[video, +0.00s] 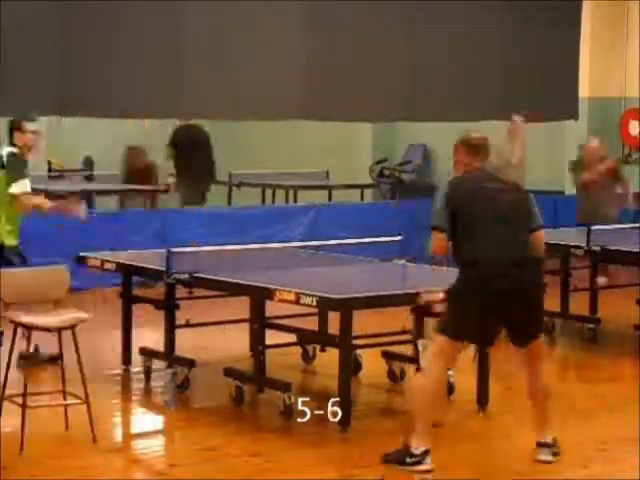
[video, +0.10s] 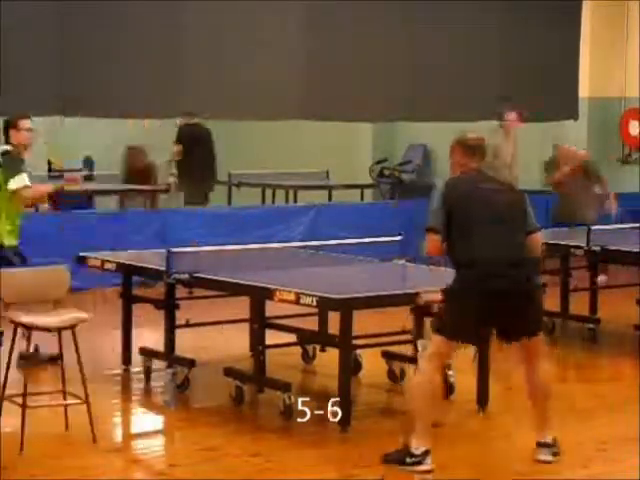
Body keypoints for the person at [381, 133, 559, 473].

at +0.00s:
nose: (454, 165)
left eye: (456, 159)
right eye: (456, 159)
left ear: (464, 158)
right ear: (485, 157)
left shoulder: (453, 188)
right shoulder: (516, 189)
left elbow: (439, 246)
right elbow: (538, 242)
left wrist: (466, 242)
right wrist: (526, 272)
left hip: (477, 282)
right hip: (524, 282)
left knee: (438, 359)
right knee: (535, 359)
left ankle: (418, 448)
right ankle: (545, 441)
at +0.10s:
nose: (451, 165)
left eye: (453, 159)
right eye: (453, 159)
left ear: (459, 158)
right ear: (483, 157)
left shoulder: (449, 188)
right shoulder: (512, 190)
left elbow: (433, 246)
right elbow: (535, 245)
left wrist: (460, 242)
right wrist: (507, 250)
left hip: (472, 285)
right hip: (518, 284)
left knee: (432, 362)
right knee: (534, 360)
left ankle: (418, 448)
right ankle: (545, 441)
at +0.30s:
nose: (386, 162)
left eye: (386, 157)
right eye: (388, 157)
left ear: (390, 155)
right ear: (413, 154)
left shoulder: (395, 175)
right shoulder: (426, 175)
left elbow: (395, 216)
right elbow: (425, 222)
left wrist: (379, 245)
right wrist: (394, 246)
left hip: (436, 265)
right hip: (454, 261)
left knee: (444, 346)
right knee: (421, 339)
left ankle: (476, 427)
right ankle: (410, 408)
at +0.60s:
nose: (361, 178)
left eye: (363, 173)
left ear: (367, 169)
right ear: (386, 168)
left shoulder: (373, 173)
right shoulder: (399, 186)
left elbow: (379, 204)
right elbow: (392, 241)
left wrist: (363, 244)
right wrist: (352, 243)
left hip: (429, 244)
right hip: (424, 254)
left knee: (449, 313)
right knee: (420, 332)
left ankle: (491, 378)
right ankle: (411, 391)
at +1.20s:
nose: (360, 178)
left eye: (360, 175)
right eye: (362, 175)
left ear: (366, 170)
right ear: (385, 171)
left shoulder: (370, 177)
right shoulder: (400, 194)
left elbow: (375, 200)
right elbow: (401, 255)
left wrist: (362, 241)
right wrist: (366, 273)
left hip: (424, 244)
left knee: (442, 313)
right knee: (418, 335)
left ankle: (483, 386)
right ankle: (410, 415)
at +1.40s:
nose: (470, 129)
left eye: (471, 123)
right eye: (472, 123)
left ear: (479, 125)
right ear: (506, 126)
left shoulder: (475, 163)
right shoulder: (530, 167)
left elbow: (465, 215)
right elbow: (544, 220)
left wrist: (444, 222)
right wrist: (509, 225)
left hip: (484, 276)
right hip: (526, 276)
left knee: (456, 350)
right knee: (519, 353)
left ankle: (435, 439)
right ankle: (524, 442)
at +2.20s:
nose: (455, 159)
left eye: (456, 154)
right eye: (457, 154)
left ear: (462, 152)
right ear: (488, 152)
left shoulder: (455, 182)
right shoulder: (517, 183)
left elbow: (426, 241)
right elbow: (545, 235)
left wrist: (443, 243)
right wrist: (532, 260)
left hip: (474, 278)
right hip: (520, 277)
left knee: (440, 356)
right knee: (522, 357)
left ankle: (432, 447)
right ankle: (532, 441)